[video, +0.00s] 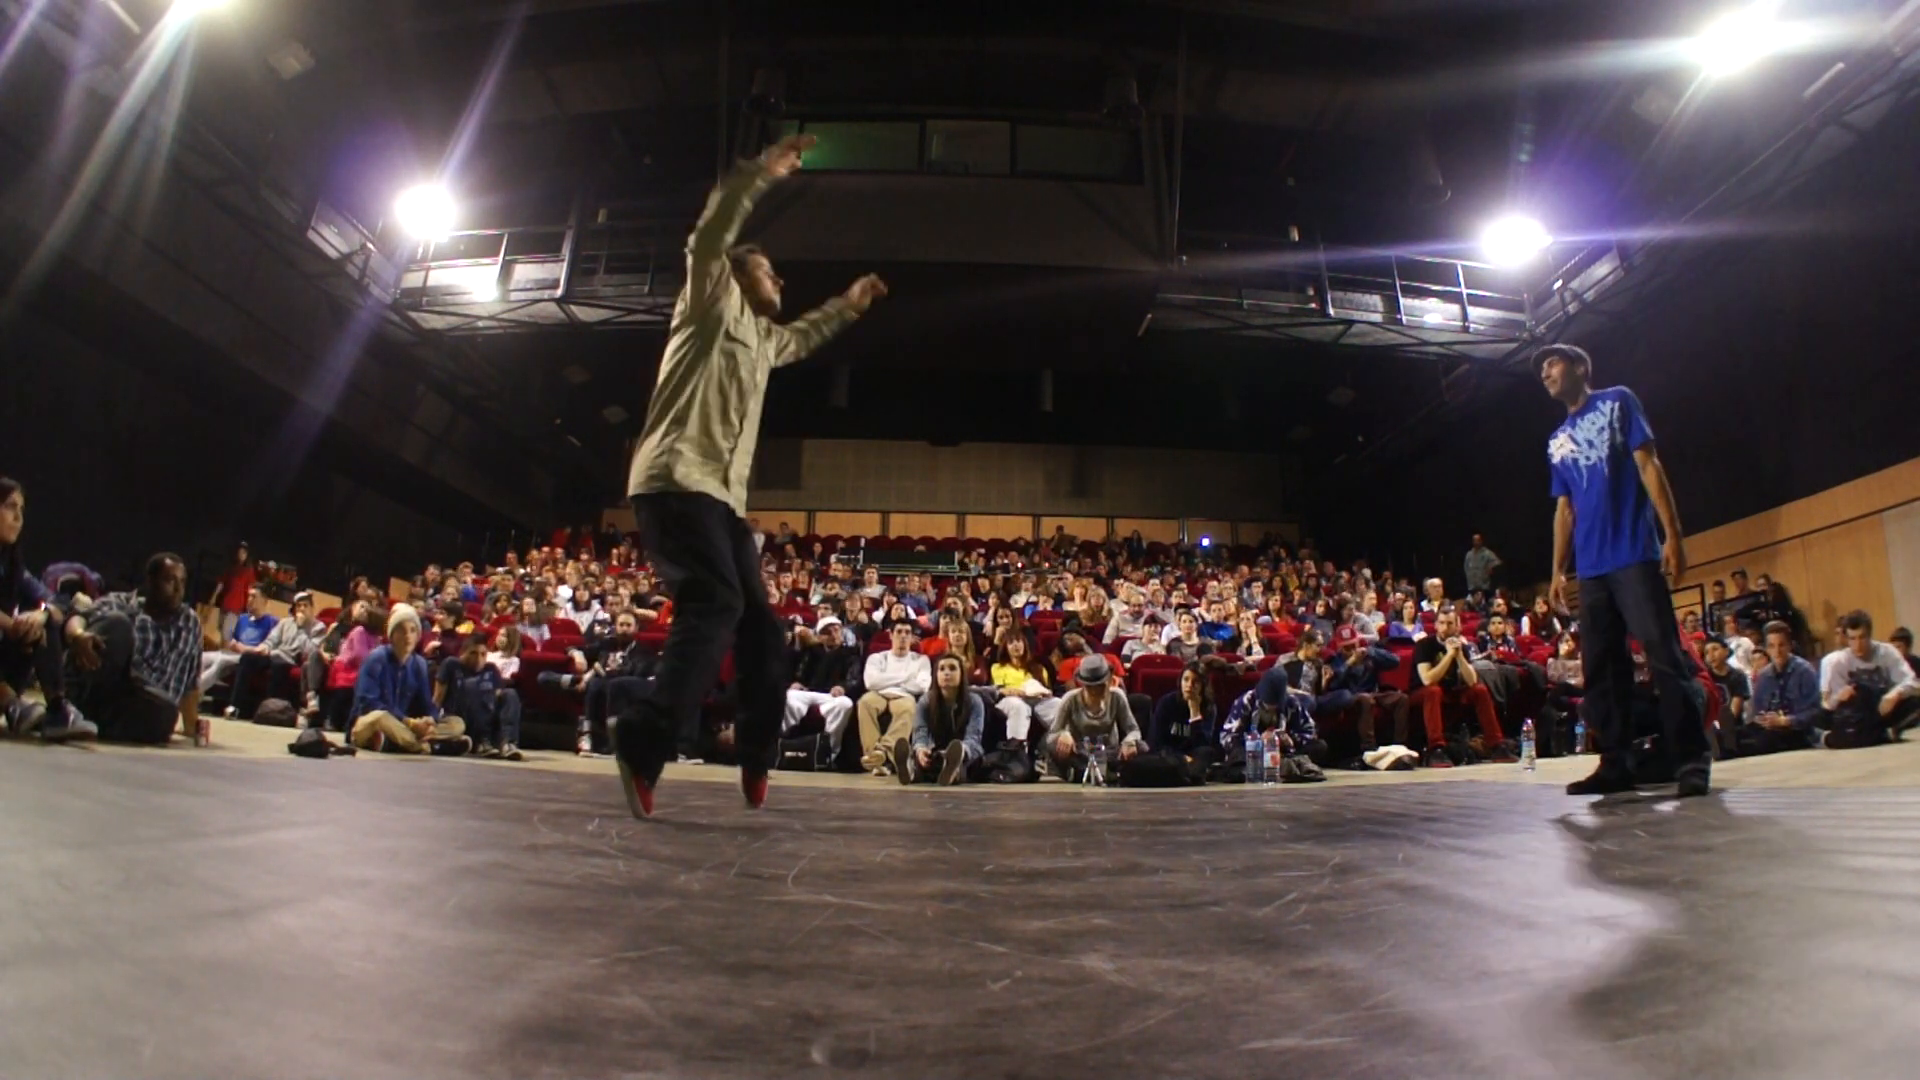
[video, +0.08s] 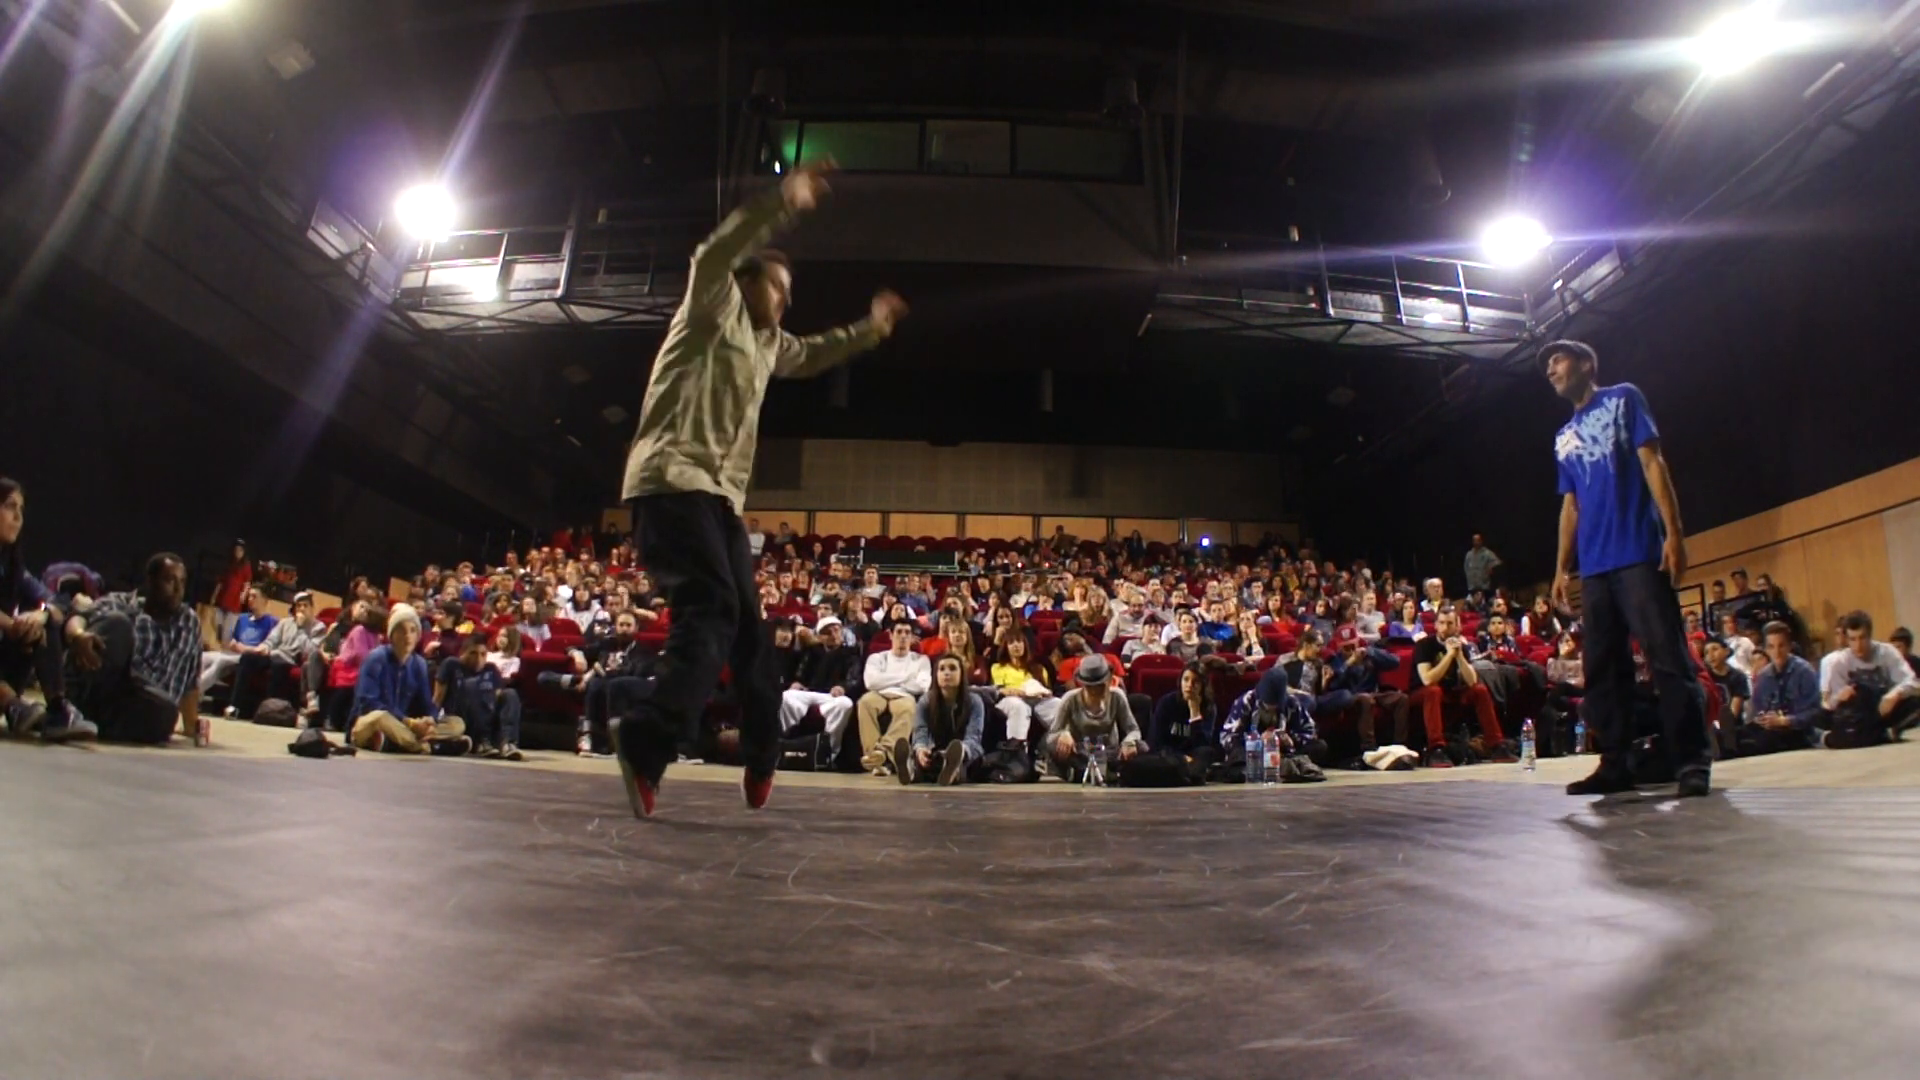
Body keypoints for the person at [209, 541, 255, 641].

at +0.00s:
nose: (241, 555)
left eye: (244, 553)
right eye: (240, 552)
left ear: (247, 555)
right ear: (236, 553)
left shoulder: (248, 570)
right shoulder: (231, 567)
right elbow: (221, 583)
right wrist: (213, 599)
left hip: (237, 605)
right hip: (225, 604)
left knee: (227, 631)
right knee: (222, 630)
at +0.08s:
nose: (238, 553)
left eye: (240, 550)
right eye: (236, 550)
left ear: (244, 552)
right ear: (233, 551)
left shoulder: (245, 565)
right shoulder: (229, 563)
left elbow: (247, 582)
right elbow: (220, 582)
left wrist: (243, 595)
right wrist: (214, 597)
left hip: (235, 602)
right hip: (222, 601)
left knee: (227, 633)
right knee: (217, 627)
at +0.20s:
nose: (233, 551)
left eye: (235, 548)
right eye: (231, 548)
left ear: (239, 550)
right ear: (228, 549)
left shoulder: (241, 563)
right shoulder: (224, 561)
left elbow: (245, 578)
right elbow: (218, 581)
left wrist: (237, 583)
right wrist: (212, 597)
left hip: (232, 600)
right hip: (219, 598)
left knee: (228, 631)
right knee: (212, 624)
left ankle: (227, 650)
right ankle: (205, 643)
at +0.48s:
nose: (218, 560)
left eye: (220, 557)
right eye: (216, 557)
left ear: (224, 559)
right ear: (213, 558)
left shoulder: (226, 572)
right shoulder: (209, 571)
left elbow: (237, 585)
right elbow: (202, 586)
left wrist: (241, 577)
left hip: (218, 609)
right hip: (205, 608)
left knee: (217, 637)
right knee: (202, 638)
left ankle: (227, 653)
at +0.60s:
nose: (214, 558)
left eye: (216, 555)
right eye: (212, 555)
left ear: (219, 557)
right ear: (207, 556)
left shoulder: (221, 570)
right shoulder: (203, 569)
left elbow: (227, 586)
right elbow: (196, 588)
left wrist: (234, 585)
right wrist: (184, 592)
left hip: (213, 606)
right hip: (199, 606)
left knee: (207, 631)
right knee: (196, 630)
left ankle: (217, 642)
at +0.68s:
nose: (212, 555)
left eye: (214, 552)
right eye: (210, 552)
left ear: (217, 555)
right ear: (205, 554)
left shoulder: (219, 569)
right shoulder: (201, 567)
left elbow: (224, 583)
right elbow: (195, 585)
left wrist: (228, 593)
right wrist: (184, 590)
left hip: (211, 603)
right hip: (198, 602)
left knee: (204, 625)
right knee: (196, 625)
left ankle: (212, 640)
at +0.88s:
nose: (207, 554)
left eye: (209, 551)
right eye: (205, 551)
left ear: (212, 553)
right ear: (201, 552)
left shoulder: (213, 569)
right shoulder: (195, 566)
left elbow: (216, 586)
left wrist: (217, 600)